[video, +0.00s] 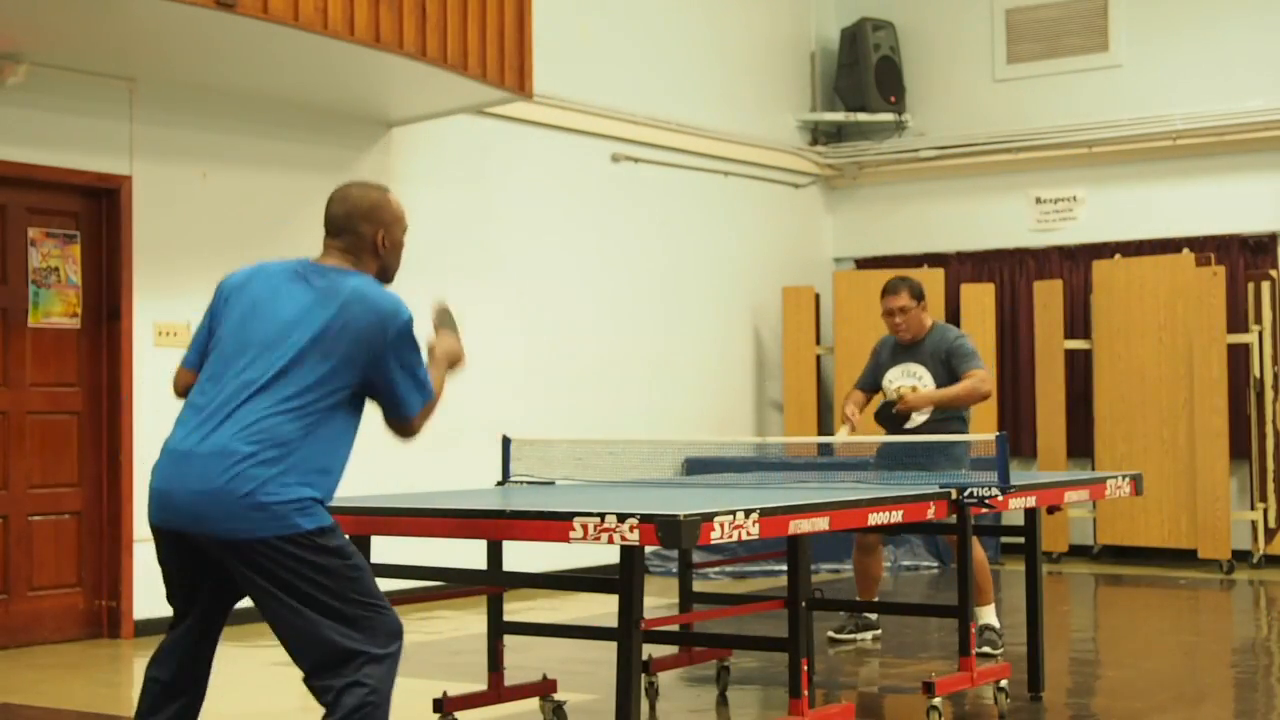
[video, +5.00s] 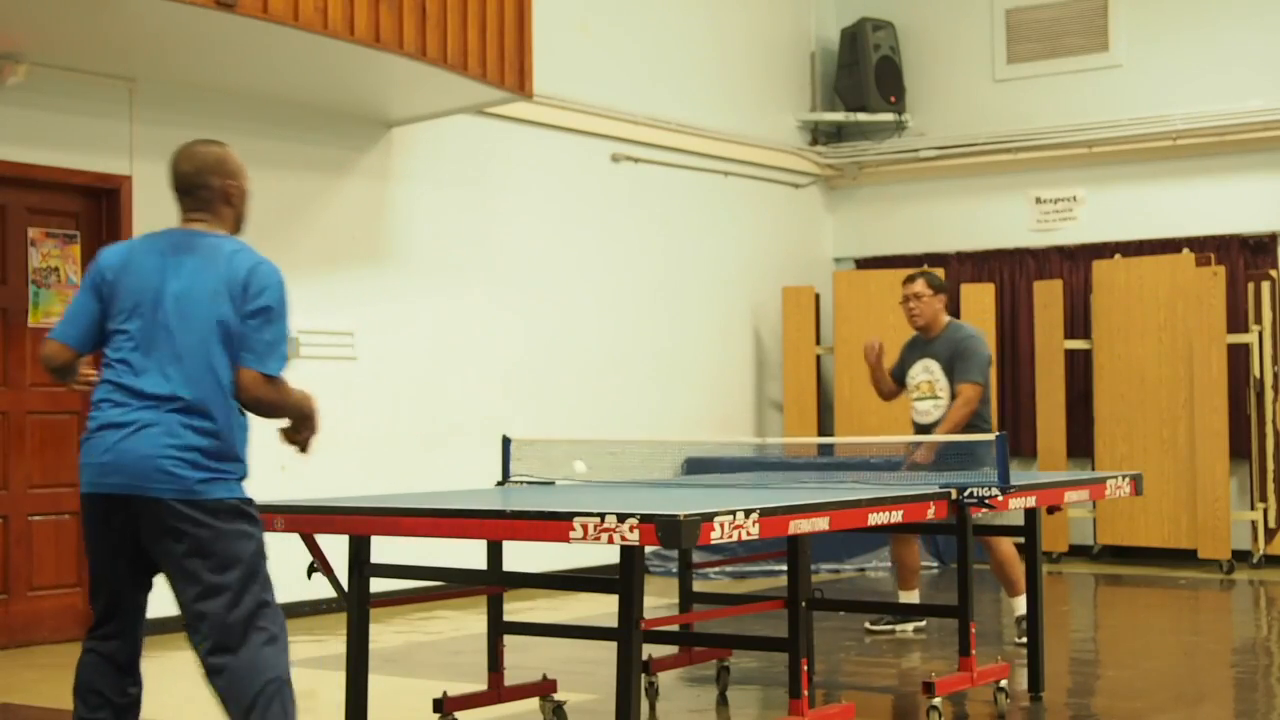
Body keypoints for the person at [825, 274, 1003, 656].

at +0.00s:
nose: (895, 321)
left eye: (902, 311)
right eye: (889, 314)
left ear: (923, 307)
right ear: (883, 314)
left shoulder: (951, 341)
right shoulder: (885, 348)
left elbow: (982, 385)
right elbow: (860, 392)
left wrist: (927, 399)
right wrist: (851, 409)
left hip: (944, 459)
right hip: (895, 458)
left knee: (960, 534)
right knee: (867, 535)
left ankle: (988, 624)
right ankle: (865, 616)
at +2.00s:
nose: (912, 300)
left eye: (919, 292)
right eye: (907, 294)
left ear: (941, 291)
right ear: (903, 298)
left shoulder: (965, 321)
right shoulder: (909, 335)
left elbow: (965, 346)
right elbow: (886, 386)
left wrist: (931, 343)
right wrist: (874, 369)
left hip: (964, 445)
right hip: (917, 445)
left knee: (977, 529)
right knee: (890, 521)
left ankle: (1003, 618)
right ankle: (884, 607)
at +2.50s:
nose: (908, 296)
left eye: (916, 288)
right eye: (901, 289)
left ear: (934, 291)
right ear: (895, 295)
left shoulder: (959, 333)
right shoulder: (888, 341)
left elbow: (984, 380)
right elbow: (866, 387)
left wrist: (951, 395)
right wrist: (872, 404)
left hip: (956, 448)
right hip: (905, 449)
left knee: (983, 525)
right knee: (890, 526)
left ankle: (1016, 613)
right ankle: (884, 612)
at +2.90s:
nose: (936, 302)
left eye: (943, 294)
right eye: (930, 296)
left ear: (965, 294)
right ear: (926, 300)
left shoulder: (985, 328)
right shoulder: (927, 341)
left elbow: (994, 350)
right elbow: (911, 383)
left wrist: (952, 345)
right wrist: (899, 380)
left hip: (980, 447)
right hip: (934, 445)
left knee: (987, 529)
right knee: (906, 521)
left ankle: (1016, 614)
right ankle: (885, 605)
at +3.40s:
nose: (951, 291)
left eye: (960, 284)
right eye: (945, 284)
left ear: (979, 289)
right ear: (939, 290)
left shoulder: (1002, 332)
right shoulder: (933, 335)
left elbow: (1020, 383)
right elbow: (912, 384)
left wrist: (983, 394)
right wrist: (915, 400)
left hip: (984, 446)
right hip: (937, 445)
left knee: (995, 526)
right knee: (919, 522)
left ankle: (1016, 614)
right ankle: (905, 608)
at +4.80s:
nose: (936, 305)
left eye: (944, 297)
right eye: (931, 300)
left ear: (966, 299)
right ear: (927, 306)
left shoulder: (995, 341)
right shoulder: (932, 346)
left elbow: (1003, 399)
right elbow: (921, 392)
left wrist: (964, 437)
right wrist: (905, 415)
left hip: (986, 452)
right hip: (939, 450)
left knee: (1001, 529)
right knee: (915, 521)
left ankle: (1024, 614)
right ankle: (908, 609)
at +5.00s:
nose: (910, 307)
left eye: (918, 299)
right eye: (905, 301)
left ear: (942, 300)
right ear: (903, 306)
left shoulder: (968, 341)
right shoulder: (913, 346)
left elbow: (967, 401)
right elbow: (889, 391)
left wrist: (931, 444)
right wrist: (875, 367)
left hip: (970, 452)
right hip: (925, 453)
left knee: (991, 531)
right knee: (903, 524)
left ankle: (1024, 614)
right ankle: (909, 611)